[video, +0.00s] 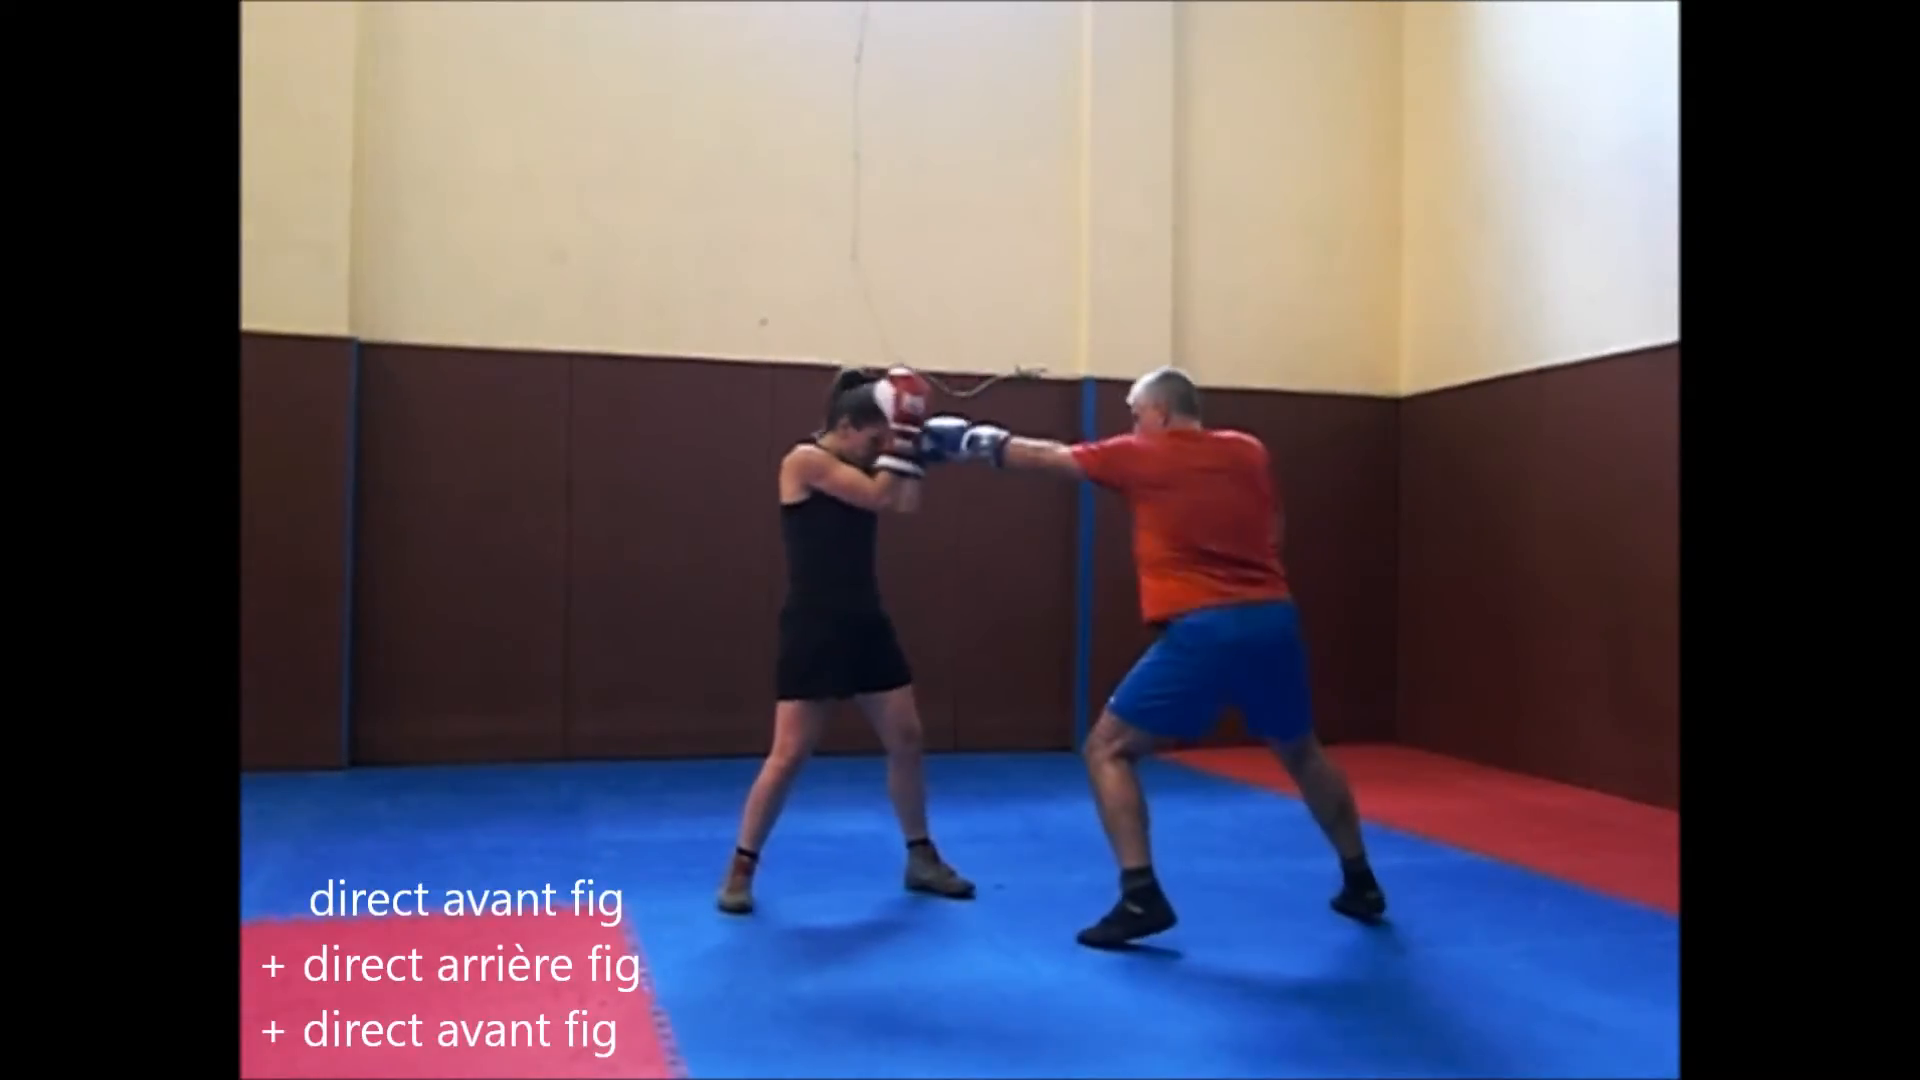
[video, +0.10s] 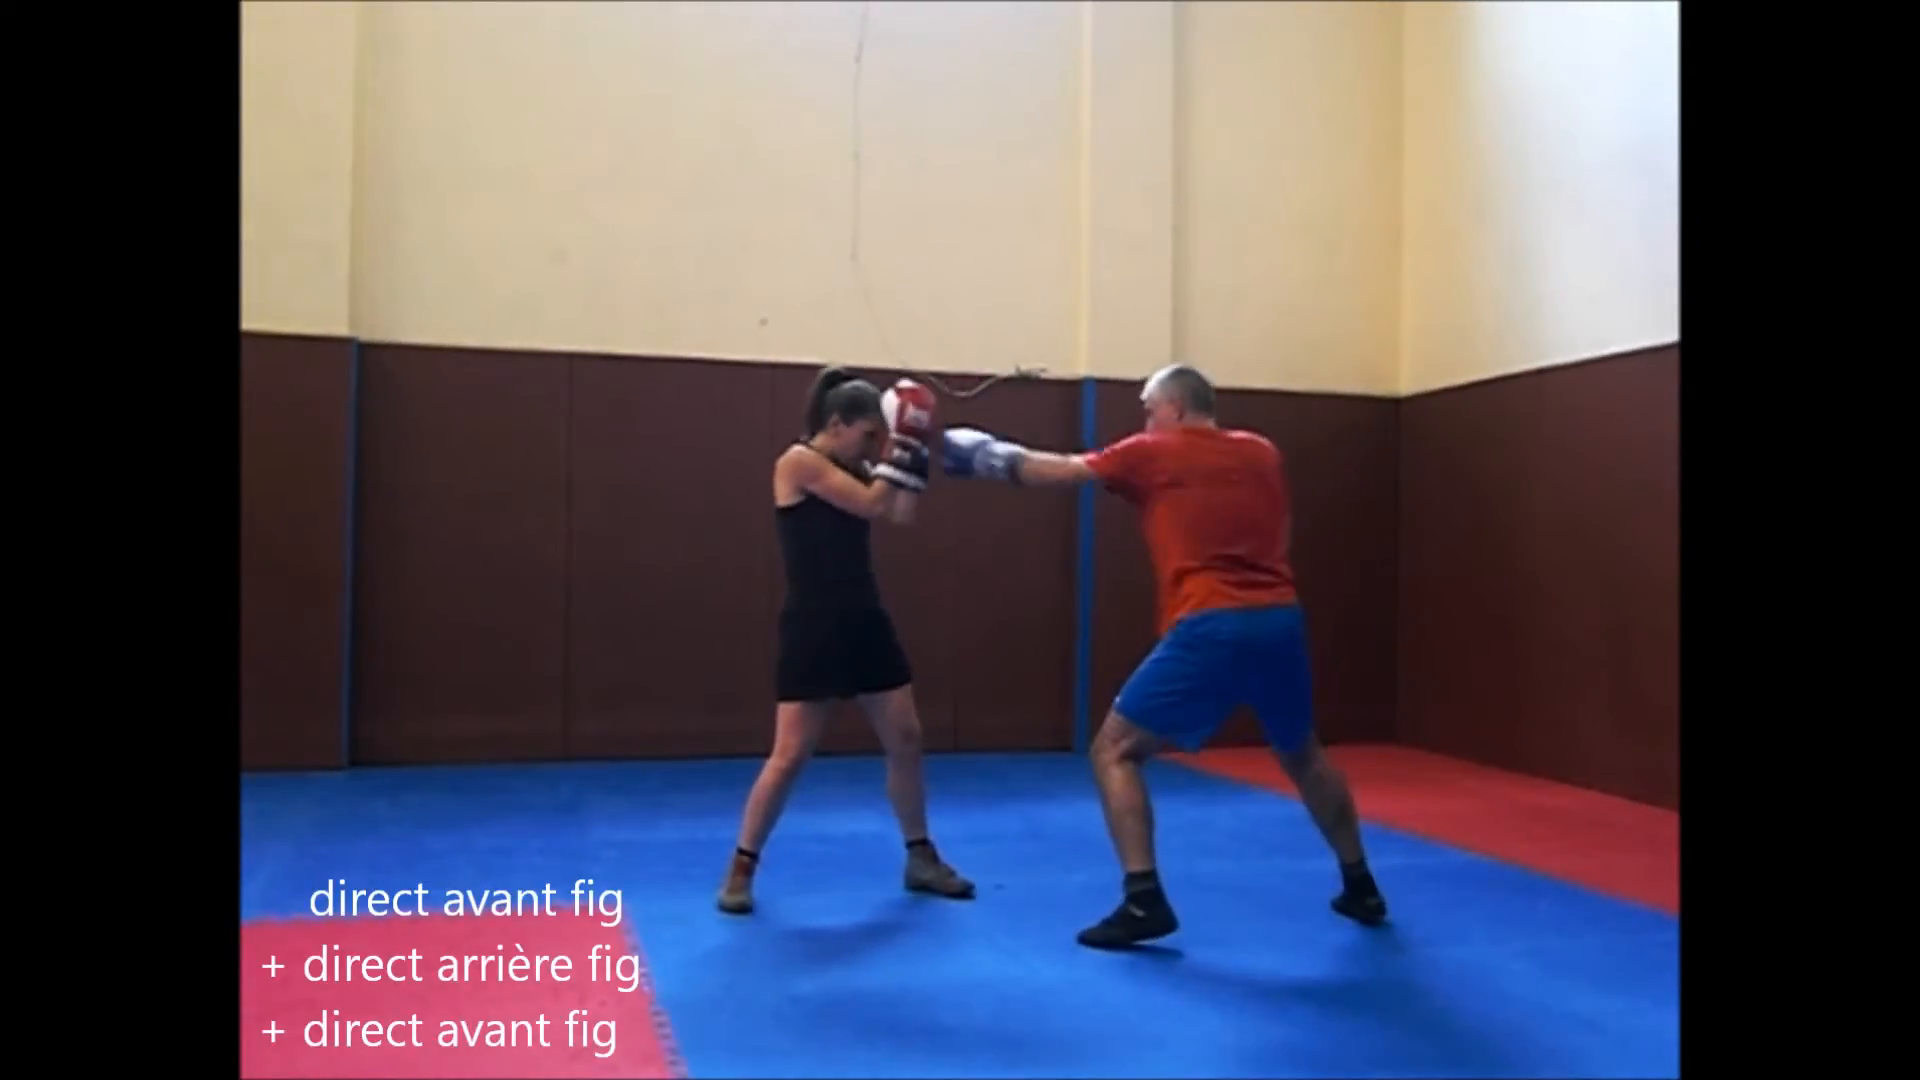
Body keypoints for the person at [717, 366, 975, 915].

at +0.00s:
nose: (878, 447)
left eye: (882, 437)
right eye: (873, 436)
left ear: (870, 431)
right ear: (845, 425)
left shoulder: (856, 468)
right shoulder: (805, 462)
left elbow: (906, 499)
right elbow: (878, 496)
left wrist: (914, 442)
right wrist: (903, 443)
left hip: (865, 626)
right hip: (812, 628)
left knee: (906, 737)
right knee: (790, 752)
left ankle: (922, 858)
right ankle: (742, 867)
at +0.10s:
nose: (873, 445)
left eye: (876, 435)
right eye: (867, 433)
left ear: (850, 429)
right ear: (834, 425)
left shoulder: (850, 473)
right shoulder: (799, 463)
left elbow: (902, 512)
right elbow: (870, 503)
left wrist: (910, 448)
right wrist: (899, 449)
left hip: (865, 625)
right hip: (812, 628)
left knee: (905, 738)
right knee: (791, 753)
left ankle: (922, 858)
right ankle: (742, 867)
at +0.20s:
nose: (872, 443)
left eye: (874, 433)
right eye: (867, 432)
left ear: (845, 430)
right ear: (835, 426)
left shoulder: (850, 476)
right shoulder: (800, 471)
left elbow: (897, 534)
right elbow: (859, 528)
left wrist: (914, 482)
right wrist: (891, 482)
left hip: (865, 633)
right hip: (814, 636)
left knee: (917, 740)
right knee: (795, 758)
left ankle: (923, 859)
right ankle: (742, 869)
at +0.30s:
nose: (889, 439)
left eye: (890, 429)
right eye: (882, 428)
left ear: (854, 430)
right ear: (846, 427)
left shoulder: (863, 477)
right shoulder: (807, 475)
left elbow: (884, 550)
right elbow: (846, 550)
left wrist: (913, 506)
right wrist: (892, 502)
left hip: (870, 633)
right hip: (818, 638)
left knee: (922, 738)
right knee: (797, 759)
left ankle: (924, 859)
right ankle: (743, 869)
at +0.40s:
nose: (897, 423)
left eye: (898, 413)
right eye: (891, 412)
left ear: (870, 413)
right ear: (856, 410)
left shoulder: (867, 462)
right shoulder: (817, 457)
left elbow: (900, 529)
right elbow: (855, 529)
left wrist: (922, 488)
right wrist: (902, 488)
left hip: (869, 617)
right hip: (821, 620)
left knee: (911, 731)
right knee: (799, 747)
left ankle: (924, 855)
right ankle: (743, 862)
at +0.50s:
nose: (897, 429)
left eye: (900, 420)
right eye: (892, 418)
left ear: (866, 420)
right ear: (859, 414)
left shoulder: (867, 467)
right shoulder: (820, 461)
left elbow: (925, 511)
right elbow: (885, 510)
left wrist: (945, 457)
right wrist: (925, 460)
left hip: (866, 622)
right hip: (817, 623)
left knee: (903, 739)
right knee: (808, 752)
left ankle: (917, 858)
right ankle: (758, 867)